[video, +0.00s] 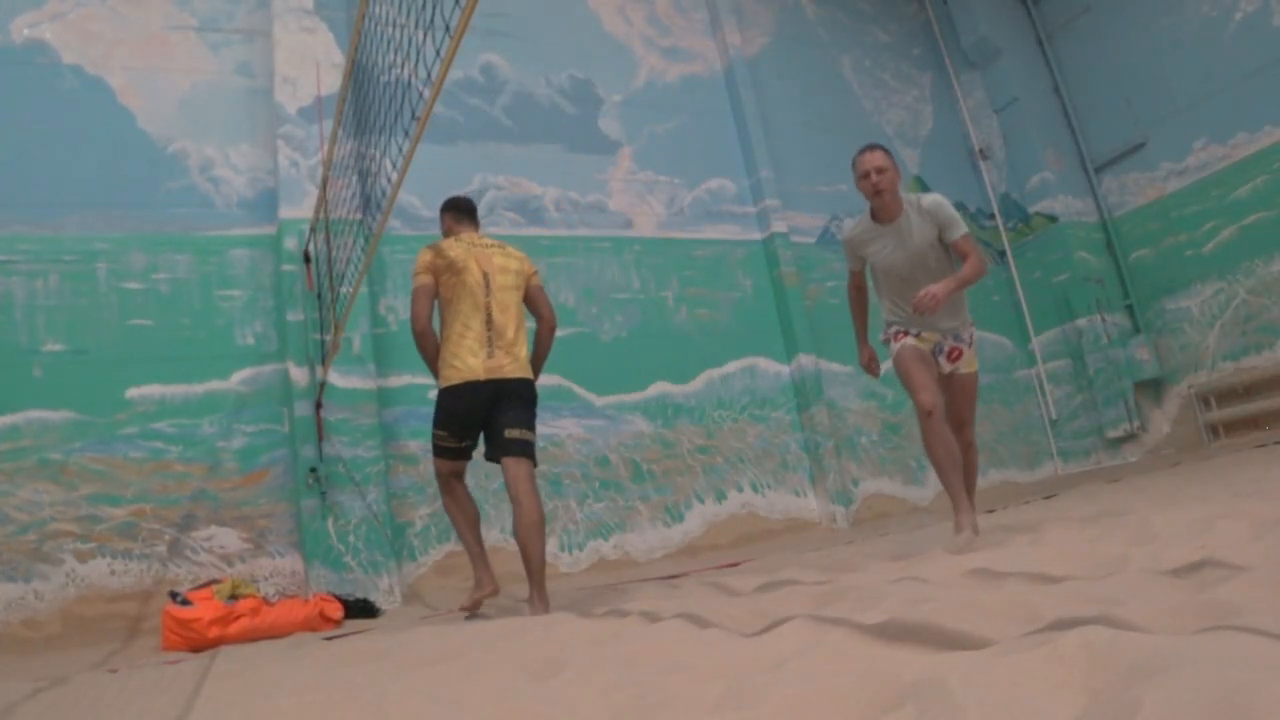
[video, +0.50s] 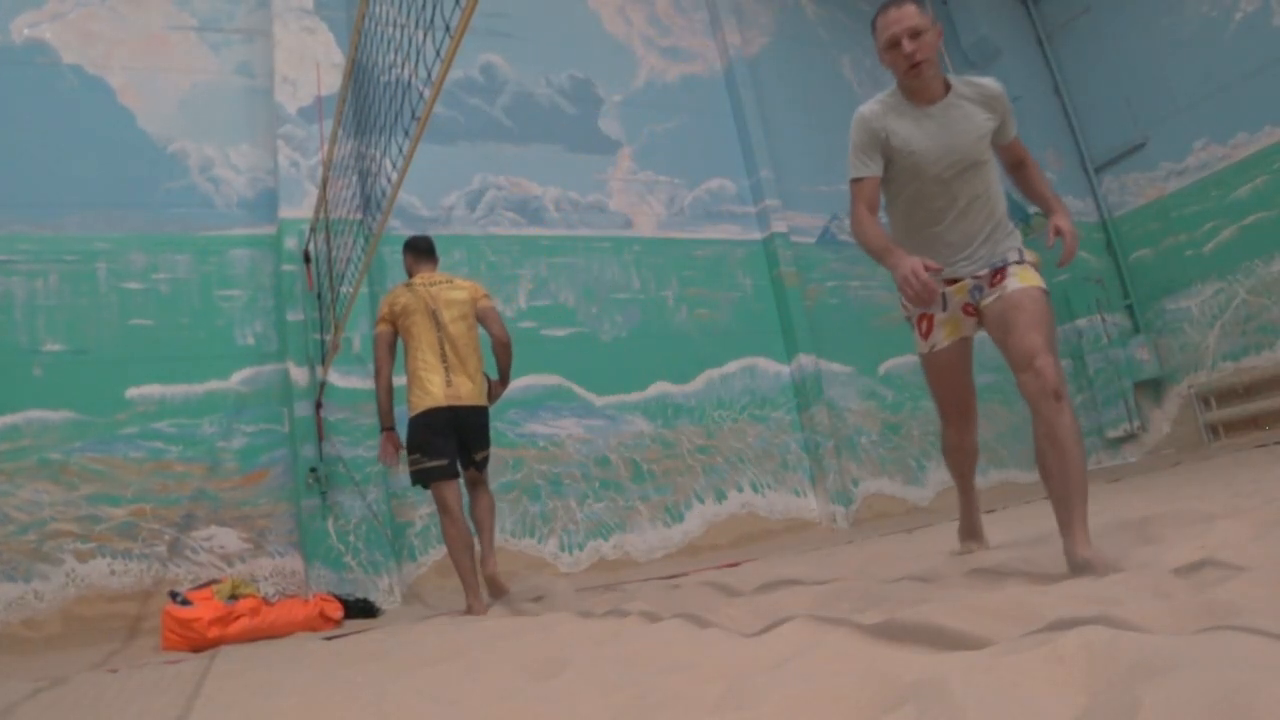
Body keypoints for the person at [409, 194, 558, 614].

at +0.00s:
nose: (441, 233)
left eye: (441, 227)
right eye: (445, 228)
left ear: (446, 224)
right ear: (478, 224)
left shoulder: (435, 254)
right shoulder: (512, 255)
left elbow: (420, 324)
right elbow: (548, 320)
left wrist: (443, 374)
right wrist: (531, 372)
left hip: (461, 385)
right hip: (516, 383)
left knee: (450, 477)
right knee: (523, 484)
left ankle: (483, 576)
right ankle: (538, 596)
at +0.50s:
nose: (406, 269)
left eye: (405, 264)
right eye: (412, 263)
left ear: (407, 263)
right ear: (437, 261)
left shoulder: (394, 300)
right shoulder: (468, 289)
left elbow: (383, 369)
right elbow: (501, 336)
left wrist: (387, 427)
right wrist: (503, 381)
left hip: (428, 413)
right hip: (473, 408)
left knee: (450, 508)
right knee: (479, 482)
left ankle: (474, 599)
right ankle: (489, 560)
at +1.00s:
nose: (413, 306)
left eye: (412, 301)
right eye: (421, 302)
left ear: (411, 300)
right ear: (437, 303)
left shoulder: (390, 330)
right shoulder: (457, 332)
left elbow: (370, 387)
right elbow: (480, 382)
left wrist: (369, 432)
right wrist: (472, 415)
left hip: (407, 439)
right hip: (449, 438)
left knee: (399, 506)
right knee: (456, 520)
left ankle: (411, 558)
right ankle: (468, 601)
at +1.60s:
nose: (384, 341)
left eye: (377, 335)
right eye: (386, 336)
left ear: (363, 336)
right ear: (386, 335)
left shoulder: (345, 368)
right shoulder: (387, 352)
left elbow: (325, 412)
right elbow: (399, 389)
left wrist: (315, 455)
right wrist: (429, 418)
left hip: (360, 465)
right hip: (394, 458)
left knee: (366, 538)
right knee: (436, 520)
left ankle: (361, 617)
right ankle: (448, 599)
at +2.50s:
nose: (414, 361)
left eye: (416, 357)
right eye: (411, 354)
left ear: (402, 355)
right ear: (394, 349)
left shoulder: (364, 381)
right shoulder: (384, 369)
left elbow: (342, 436)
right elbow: (384, 404)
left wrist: (319, 478)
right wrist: (416, 435)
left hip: (348, 472)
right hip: (373, 469)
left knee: (350, 548)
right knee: (414, 535)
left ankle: (335, 630)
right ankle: (412, 625)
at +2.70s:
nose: (430, 379)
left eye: (433, 374)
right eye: (427, 372)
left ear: (425, 375)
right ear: (410, 367)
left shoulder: (391, 395)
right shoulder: (394, 389)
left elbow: (375, 453)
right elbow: (378, 424)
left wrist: (402, 470)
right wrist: (410, 459)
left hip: (354, 490)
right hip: (372, 489)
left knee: (345, 569)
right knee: (411, 557)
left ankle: (319, 647)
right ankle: (394, 647)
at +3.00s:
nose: (445, 399)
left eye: (449, 395)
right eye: (440, 392)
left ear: (449, 400)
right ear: (423, 392)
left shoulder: (426, 430)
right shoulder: (407, 421)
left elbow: (414, 483)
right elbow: (382, 463)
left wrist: (431, 526)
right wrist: (420, 497)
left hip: (401, 528)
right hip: (396, 528)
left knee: (386, 607)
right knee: (413, 606)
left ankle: (326, 677)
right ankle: (389, 694)